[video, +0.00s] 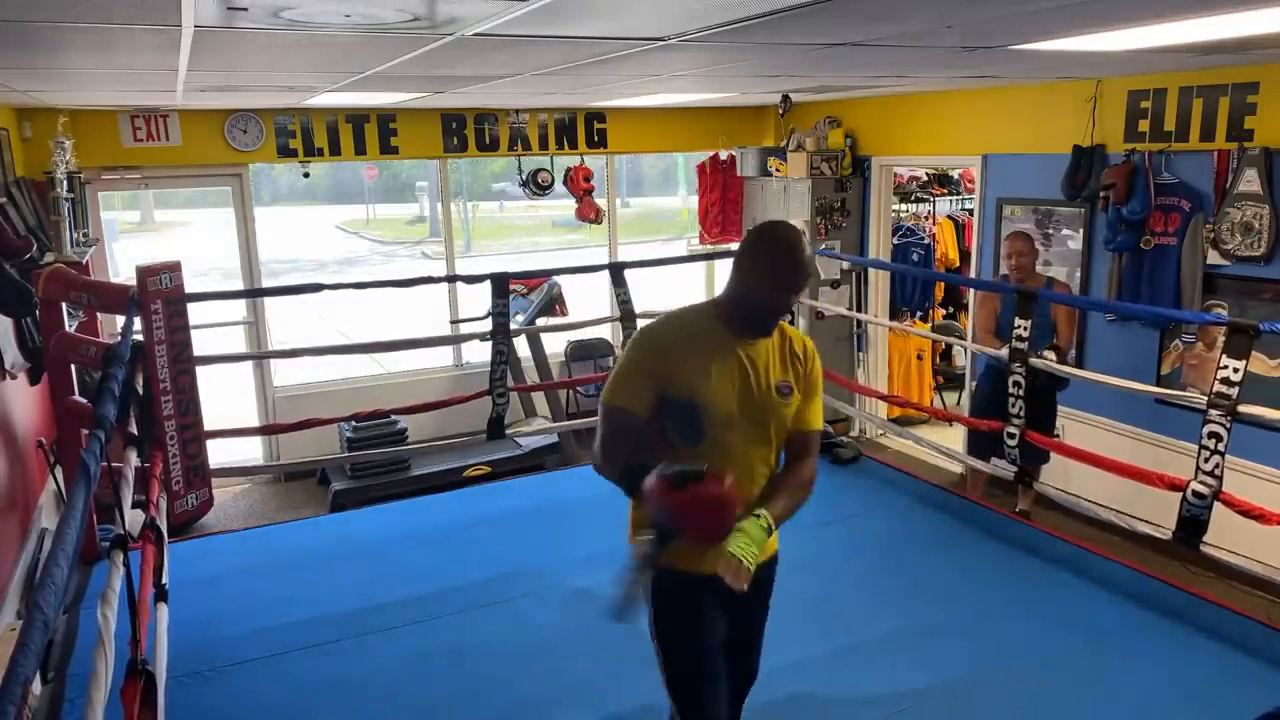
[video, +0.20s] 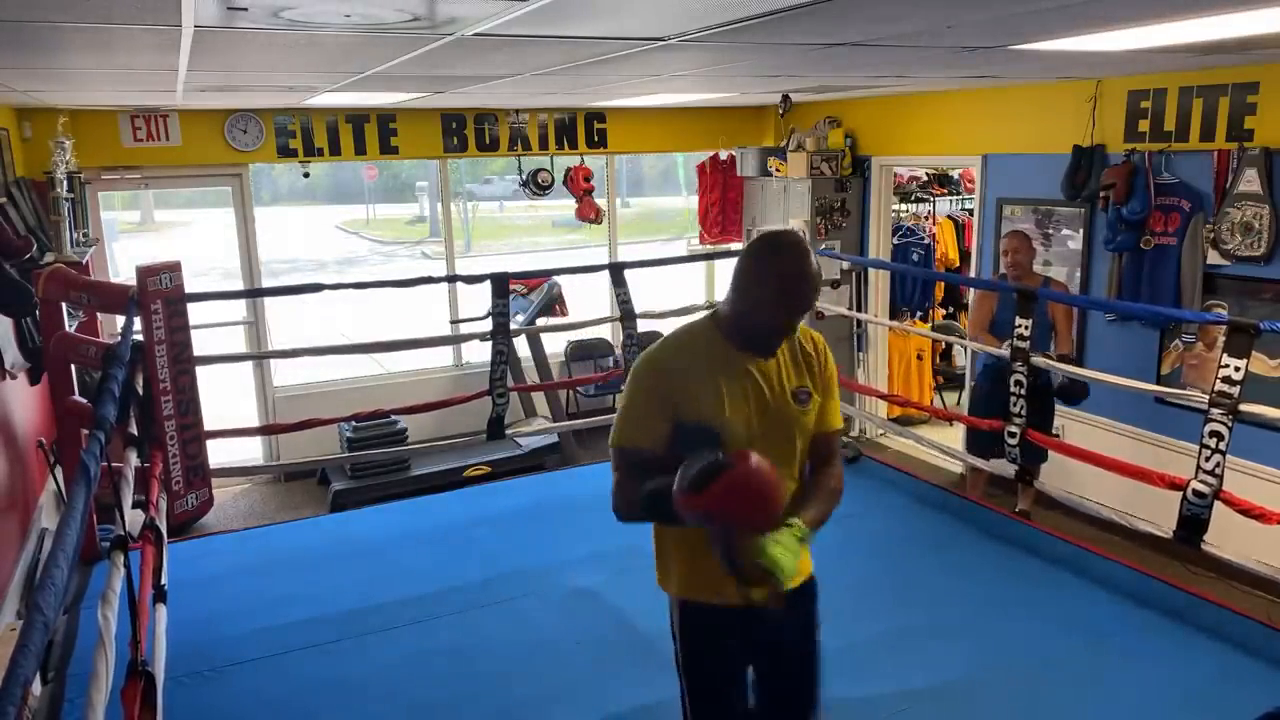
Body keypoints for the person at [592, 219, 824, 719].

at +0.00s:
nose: (789, 307)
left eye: (797, 294)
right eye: (783, 292)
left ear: (800, 288)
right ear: (748, 275)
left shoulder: (797, 353)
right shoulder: (659, 344)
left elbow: (802, 464)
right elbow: (612, 455)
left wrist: (758, 525)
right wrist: (671, 497)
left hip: (755, 563)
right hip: (683, 567)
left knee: (733, 697)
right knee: (704, 709)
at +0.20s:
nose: (792, 331)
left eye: (802, 318)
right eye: (783, 319)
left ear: (808, 304)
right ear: (744, 296)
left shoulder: (809, 352)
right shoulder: (664, 367)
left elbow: (827, 467)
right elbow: (627, 498)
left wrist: (797, 529)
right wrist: (701, 497)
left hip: (792, 589)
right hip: (707, 599)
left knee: (795, 709)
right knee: (716, 712)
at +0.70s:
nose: (908, 351)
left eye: (916, 335)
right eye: (901, 332)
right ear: (858, 311)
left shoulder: (906, 386)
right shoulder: (742, 389)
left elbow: (901, 489)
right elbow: (684, 506)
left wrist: (967, 586)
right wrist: (675, 613)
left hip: (878, 651)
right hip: (774, 663)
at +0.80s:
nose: (940, 351)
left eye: (951, 337)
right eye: (931, 332)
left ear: (959, 326)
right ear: (886, 305)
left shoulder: (947, 390)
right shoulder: (773, 384)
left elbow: (943, 502)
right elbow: (710, 505)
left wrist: (1002, 606)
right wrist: (692, 598)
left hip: (902, 656)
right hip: (794, 664)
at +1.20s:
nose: (958, 356)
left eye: (980, 341)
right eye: (945, 331)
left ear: (997, 337)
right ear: (906, 301)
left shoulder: (1021, 417)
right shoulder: (808, 413)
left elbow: (1051, 555)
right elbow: (751, 535)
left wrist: (1122, 677)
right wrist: (733, 577)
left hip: (993, 698)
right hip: (868, 704)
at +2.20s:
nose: (903, 384)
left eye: (942, 368)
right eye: (892, 348)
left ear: (1003, 370)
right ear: (881, 329)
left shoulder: (1062, 520)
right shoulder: (811, 438)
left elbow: (1023, 711)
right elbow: (740, 555)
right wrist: (759, 571)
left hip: (940, 715)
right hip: (822, 707)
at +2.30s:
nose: (897, 381)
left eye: (939, 367)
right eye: (890, 344)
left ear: (1006, 378)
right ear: (879, 326)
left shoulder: (1057, 537)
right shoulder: (808, 442)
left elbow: (1040, 708)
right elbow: (742, 551)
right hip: (810, 707)